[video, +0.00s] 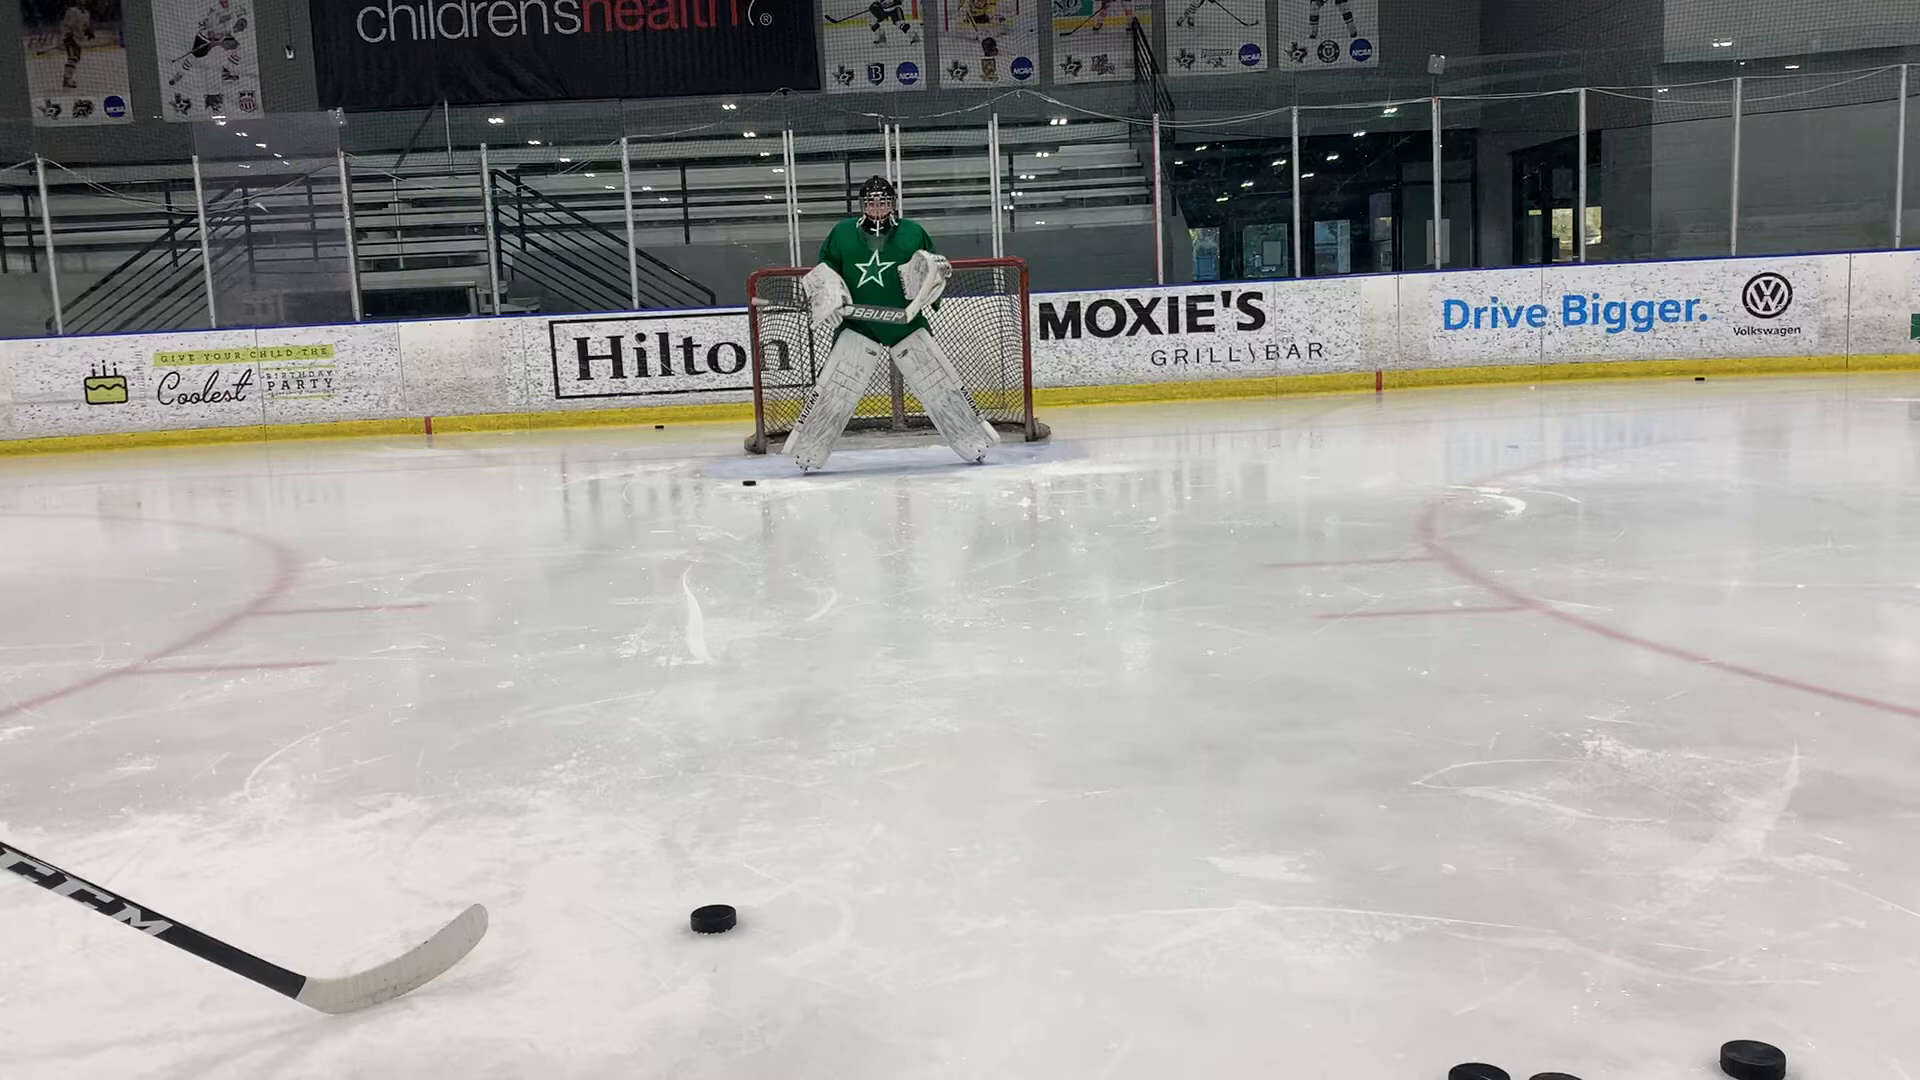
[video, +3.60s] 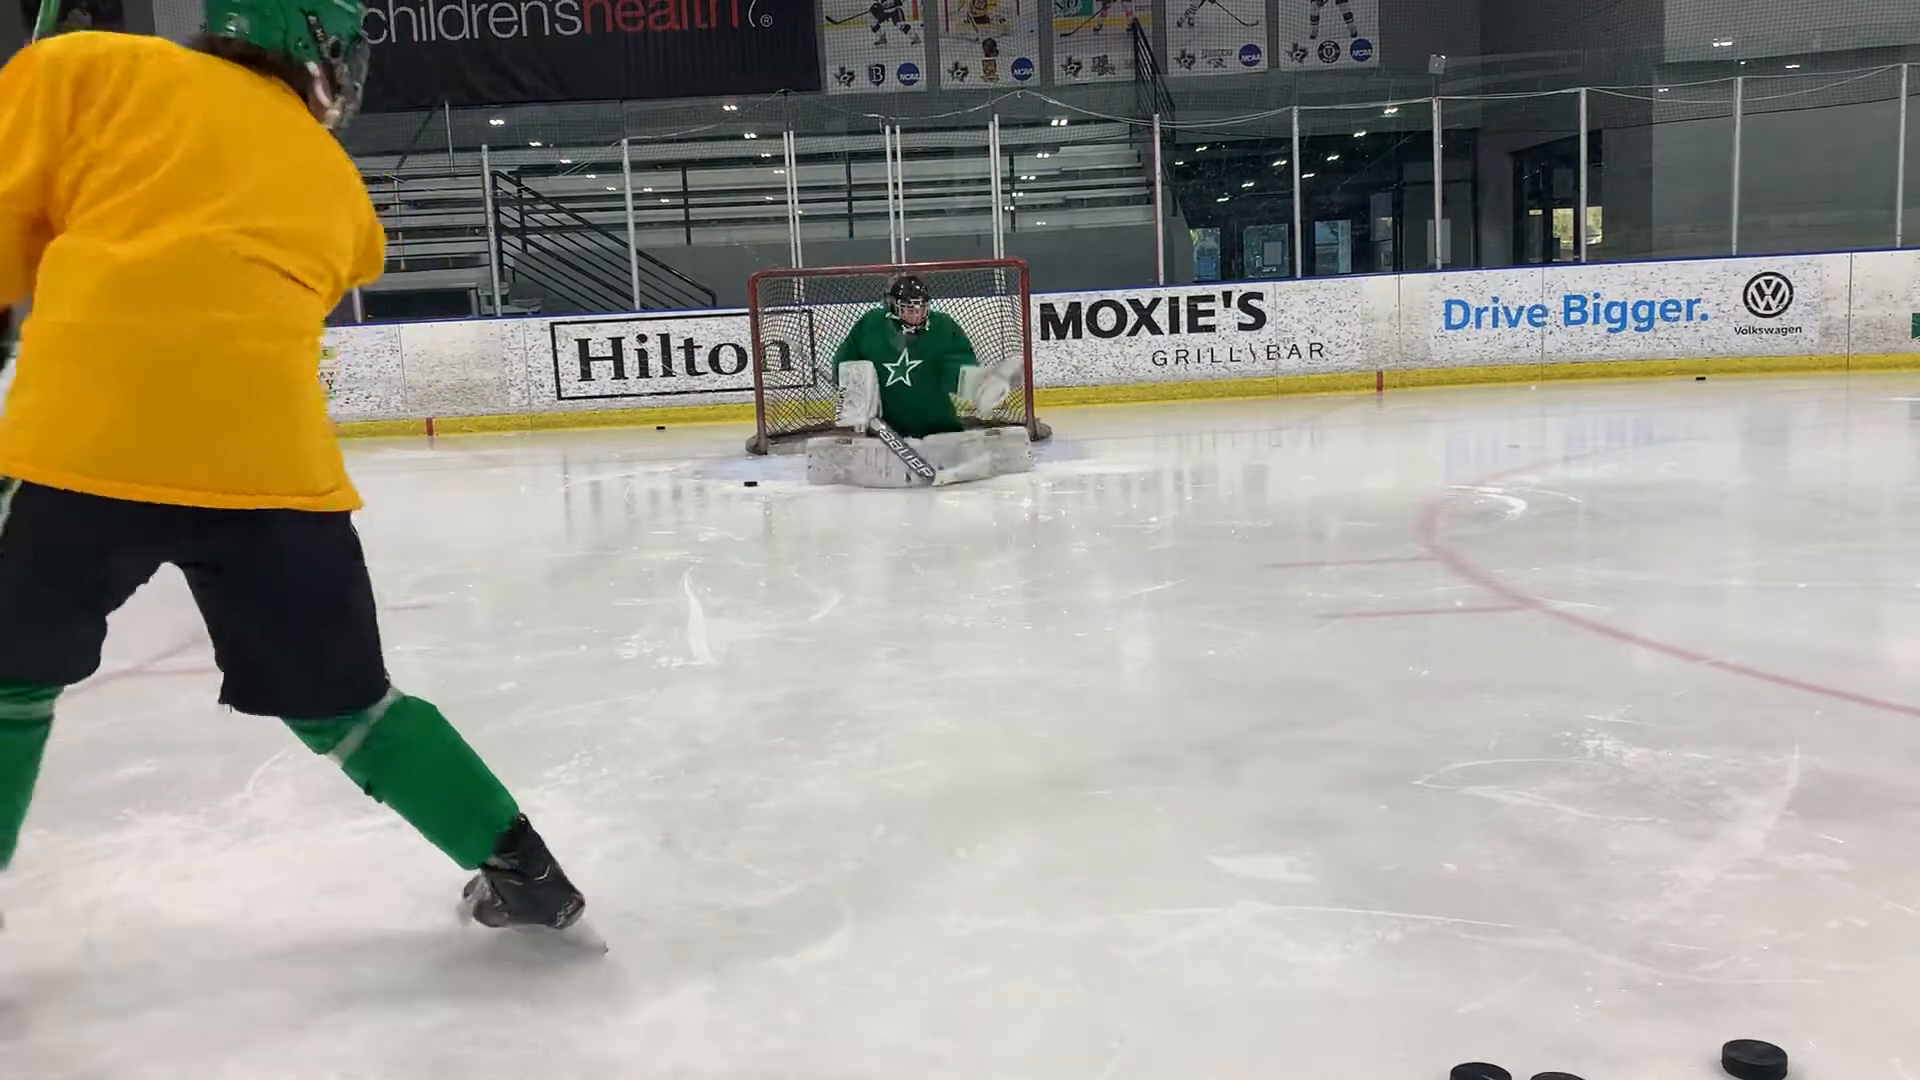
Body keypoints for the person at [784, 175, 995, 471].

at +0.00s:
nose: (877, 207)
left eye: (882, 201)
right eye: (872, 201)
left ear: (893, 204)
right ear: (862, 204)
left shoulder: (912, 233)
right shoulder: (843, 234)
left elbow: (935, 279)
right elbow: (823, 273)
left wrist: (930, 272)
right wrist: (829, 294)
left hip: (907, 326)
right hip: (859, 327)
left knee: (941, 386)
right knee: (834, 391)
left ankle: (973, 445)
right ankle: (810, 454)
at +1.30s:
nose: (884, 197)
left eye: (890, 191)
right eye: (878, 191)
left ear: (900, 194)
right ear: (868, 195)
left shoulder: (922, 227)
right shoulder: (851, 229)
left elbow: (942, 276)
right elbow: (832, 283)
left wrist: (949, 317)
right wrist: (827, 331)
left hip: (918, 330)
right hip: (868, 333)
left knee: (945, 396)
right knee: (849, 403)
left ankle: (973, 458)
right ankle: (823, 467)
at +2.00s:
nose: (892, 246)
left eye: (898, 239)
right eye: (887, 240)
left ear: (908, 240)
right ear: (875, 241)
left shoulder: (924, 265)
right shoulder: (855, 269)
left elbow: (948, 309)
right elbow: (832, 314)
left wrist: (950, 286)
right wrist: (823, 360)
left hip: (924, 346)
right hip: (874, 350)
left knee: (960, 399)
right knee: (850, 407)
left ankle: (996, 459)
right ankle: (815, 468)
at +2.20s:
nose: (896, 285)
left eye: (902, 278)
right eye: (890, 279)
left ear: (912, 279)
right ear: (881, 280)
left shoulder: (928, 301)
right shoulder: (861, 305)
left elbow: (960, 350)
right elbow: (836, 341)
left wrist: (948, 320)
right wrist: (831, 380)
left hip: (927, 374)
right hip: (880, 380)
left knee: (964, 414)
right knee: (855, 426)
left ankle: (1009, 457)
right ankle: (813, 468)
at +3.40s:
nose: (902, 305)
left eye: (907, 298)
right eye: (896, 298)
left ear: (918, 298)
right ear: (886, 298)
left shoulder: (936, 317)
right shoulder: (865, 319)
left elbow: (964, 370)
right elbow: (834, 352)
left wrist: (962, 347)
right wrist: (834, 388)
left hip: (931, 402)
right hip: (880, 408)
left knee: (961, 410)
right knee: (853, 437)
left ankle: (1008, 453)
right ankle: (815, 467)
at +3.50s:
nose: (906, 308)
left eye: (912, 302)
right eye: (900, 302)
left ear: (920, 300)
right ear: (889, 300)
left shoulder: (938, 321)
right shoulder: (865, 319)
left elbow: (963, 365)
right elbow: (834, 355)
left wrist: (982, 358)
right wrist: (847, 379)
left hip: (935, 418)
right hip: (883, 419)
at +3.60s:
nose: (916, 314)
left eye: (921, 308)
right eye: (909, 309)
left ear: (927, 305)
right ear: (893, 306)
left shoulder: (944, 327)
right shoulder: (870, 326)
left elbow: (957, 369)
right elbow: (842, 364)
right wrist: (858, 391)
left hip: (938, 424)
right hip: (888, 426)